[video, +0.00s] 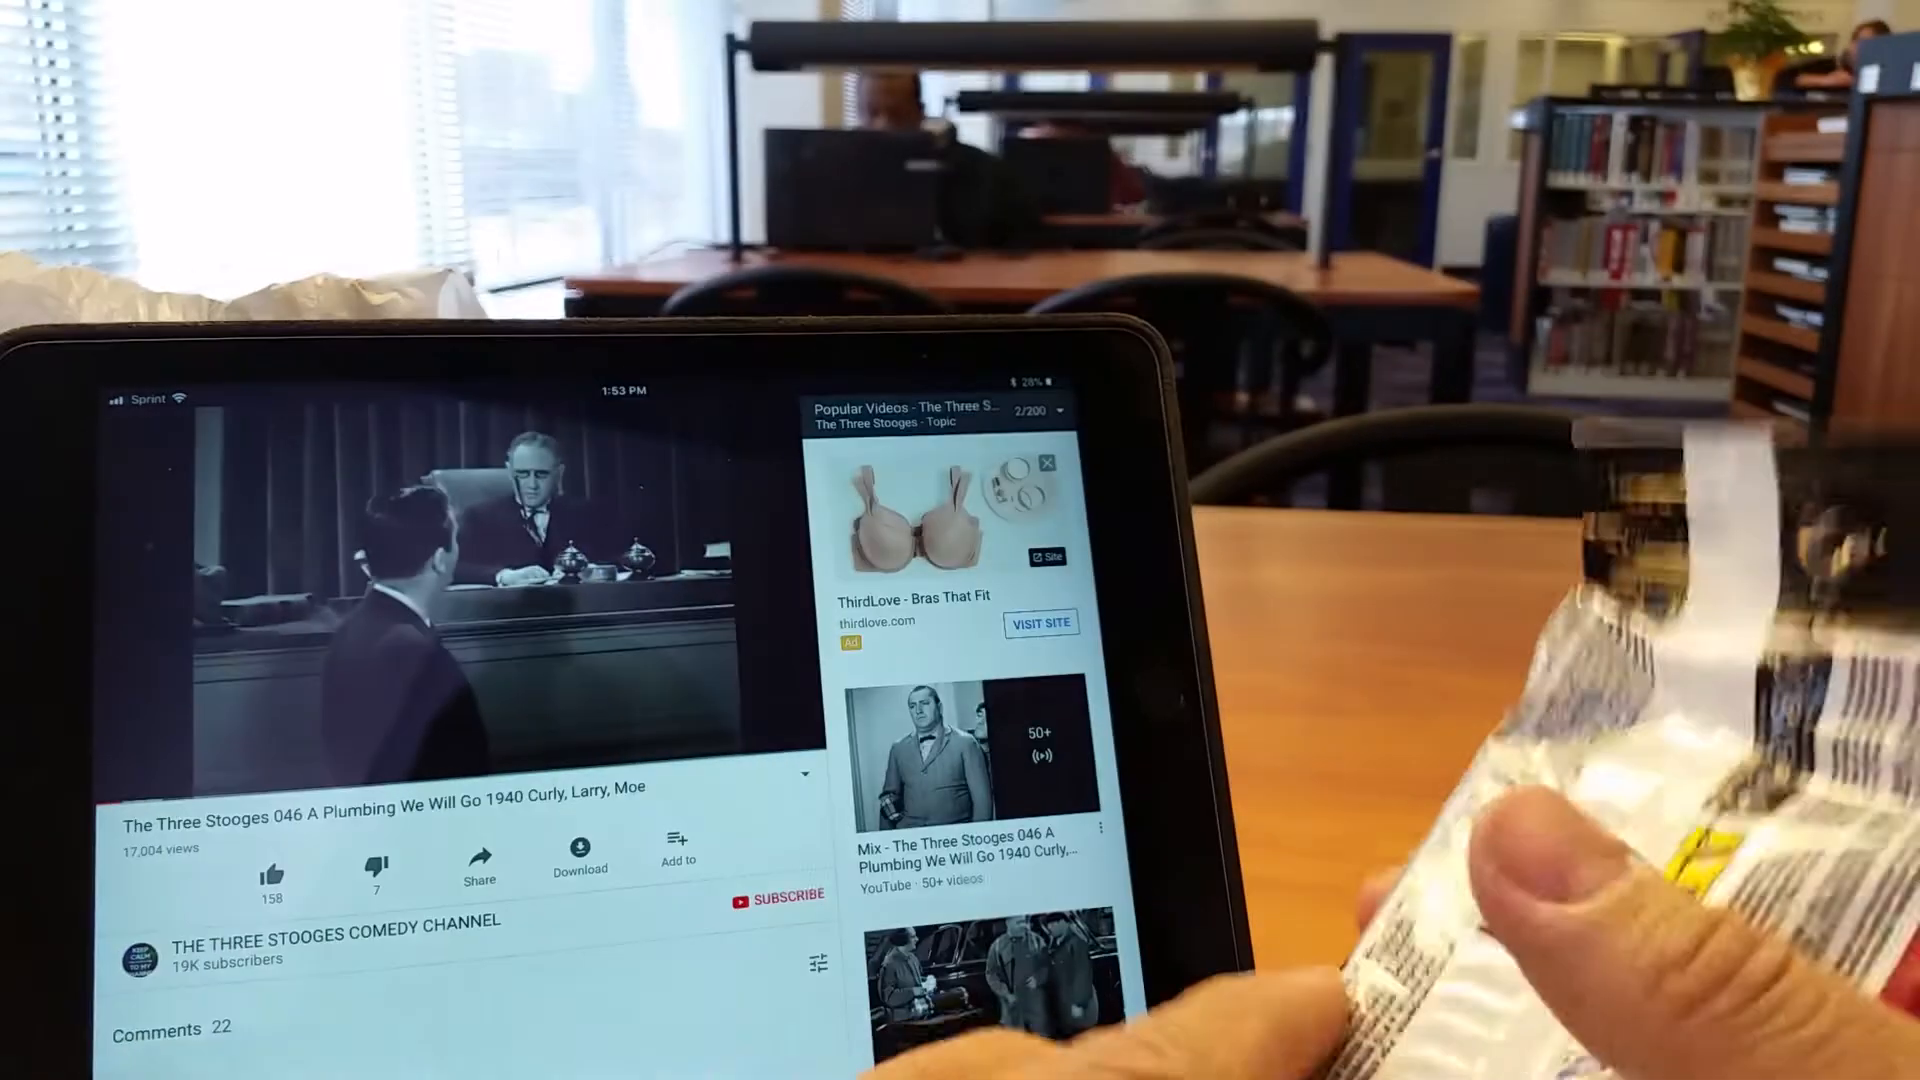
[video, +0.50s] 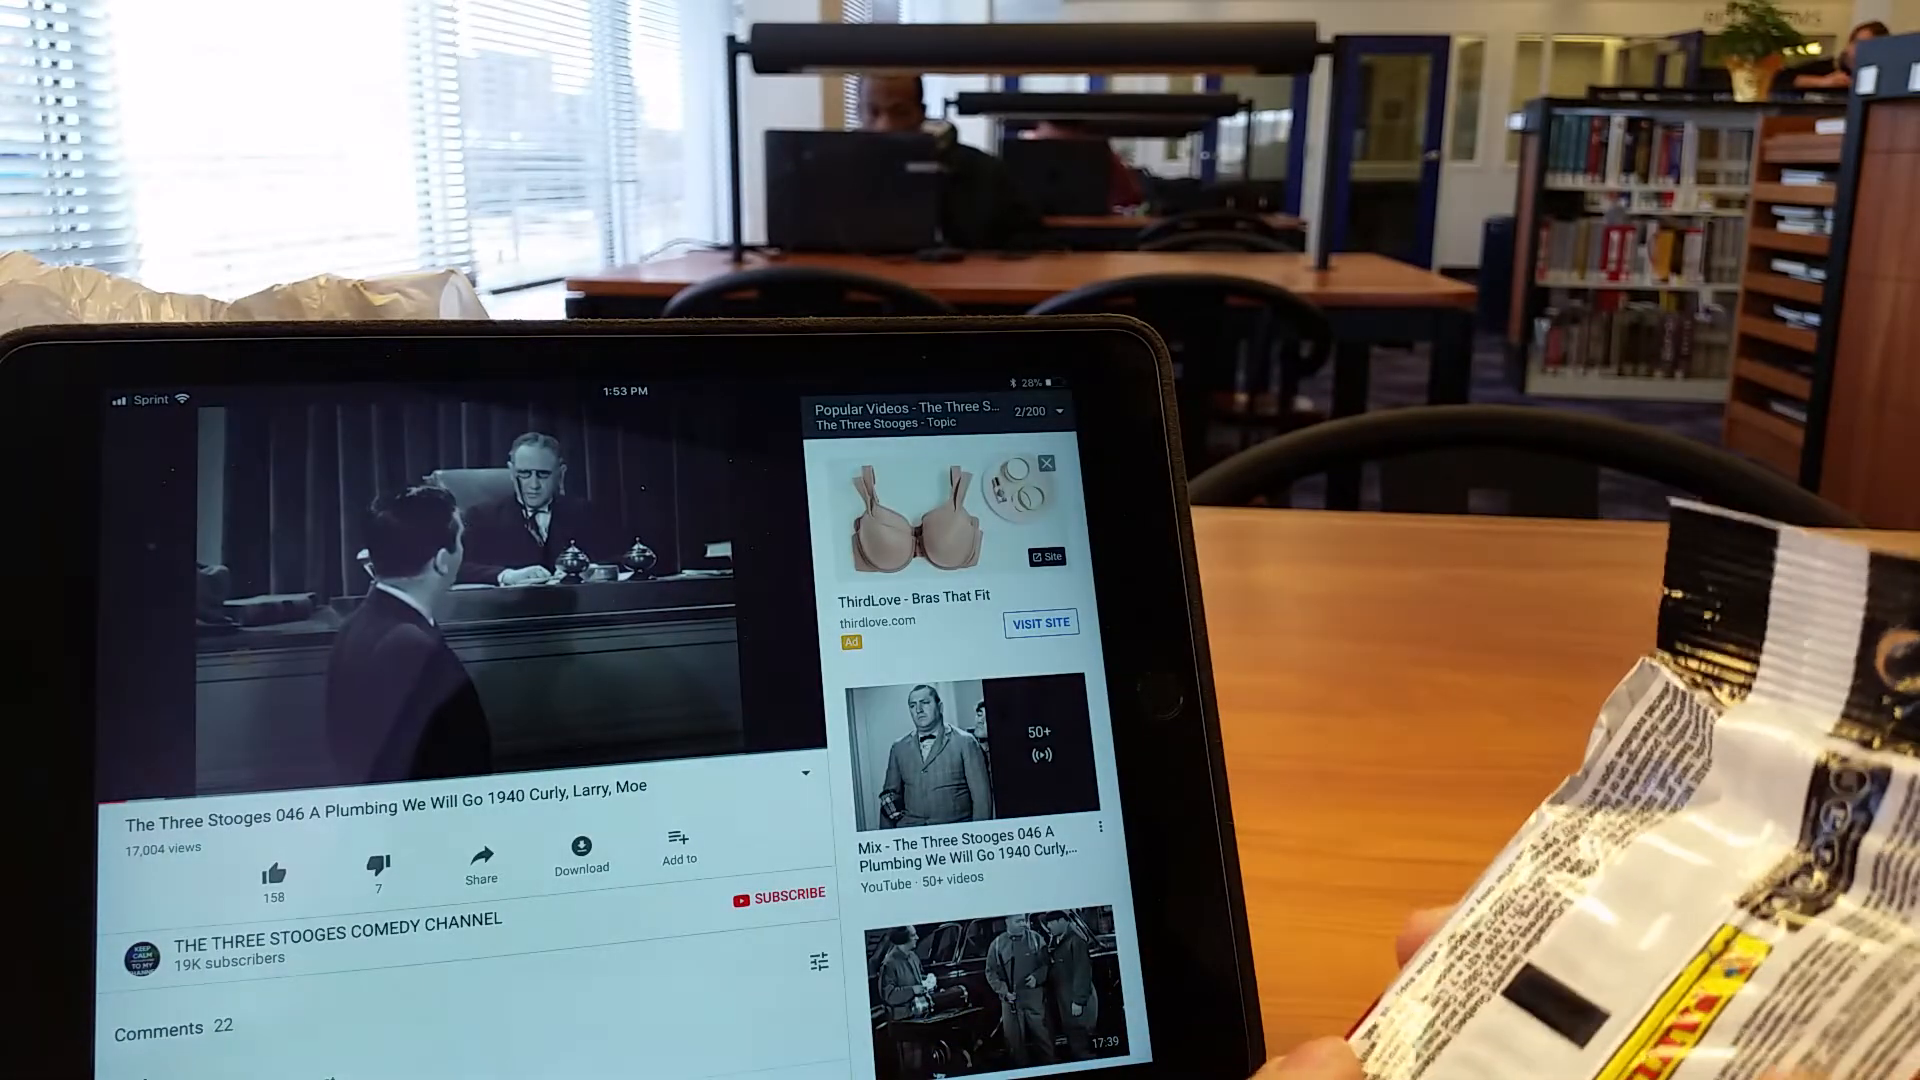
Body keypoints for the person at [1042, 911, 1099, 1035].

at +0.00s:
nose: (1050, 928)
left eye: (1054, 923)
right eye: (1048, 924)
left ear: (1064, 922)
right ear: (1046, 926)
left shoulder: (1077, 943)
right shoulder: (1054, 945)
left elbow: (1083, 974)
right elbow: (1054, 972)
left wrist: (1078, 1003)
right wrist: (1037, 979)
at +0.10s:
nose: (1048, 926)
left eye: (1051, 922)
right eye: (1048, 923)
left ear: (1062, 921)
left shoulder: (1077, 942)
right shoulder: (1056, 942)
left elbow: (1082, 973)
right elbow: (1055, 970)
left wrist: (1078, 1001)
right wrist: (1036, 978)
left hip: (1074, 1001)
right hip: (1060, 1000)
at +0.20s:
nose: (1048, 926)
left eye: (1051, 922)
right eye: (1047, 923)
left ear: (1063, 920)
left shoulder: (1076, 942)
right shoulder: (1055, 943)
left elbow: (1082, 973)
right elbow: (1054, 971)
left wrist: (1078, 1001)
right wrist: (1037, 978)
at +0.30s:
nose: (1050, 927)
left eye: (1052, 923)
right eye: (1048, 924)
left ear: (1063, 921)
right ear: (1049, 926)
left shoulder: (1076, 941)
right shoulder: (1055, 943)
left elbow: (1082, 971)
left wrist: (1078, 1000)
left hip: (1077, 997)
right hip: (1064, 998)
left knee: (1080, 1040)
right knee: (1072, 1039)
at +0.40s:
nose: (1049, 927)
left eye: (1051, 923)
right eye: (1048, 924)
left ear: (1062, 921)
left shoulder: (1076, 941)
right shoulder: (1056, 943)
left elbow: (1082, 972)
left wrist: (1079, 1000)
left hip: (1076, 999)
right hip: (1063, 1000)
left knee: (1081, 1043)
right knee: (1072, 1042)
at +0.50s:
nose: (1049, 927)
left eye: (1052, 923)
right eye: (1048, 924)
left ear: (1063, 921)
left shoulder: (1076, 941)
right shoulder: (1055, 943)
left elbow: (1083, 972)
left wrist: (1078, 1000)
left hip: (1076, 999)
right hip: (1063, 1000)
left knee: (1081, 1043)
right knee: (1072, 1041)